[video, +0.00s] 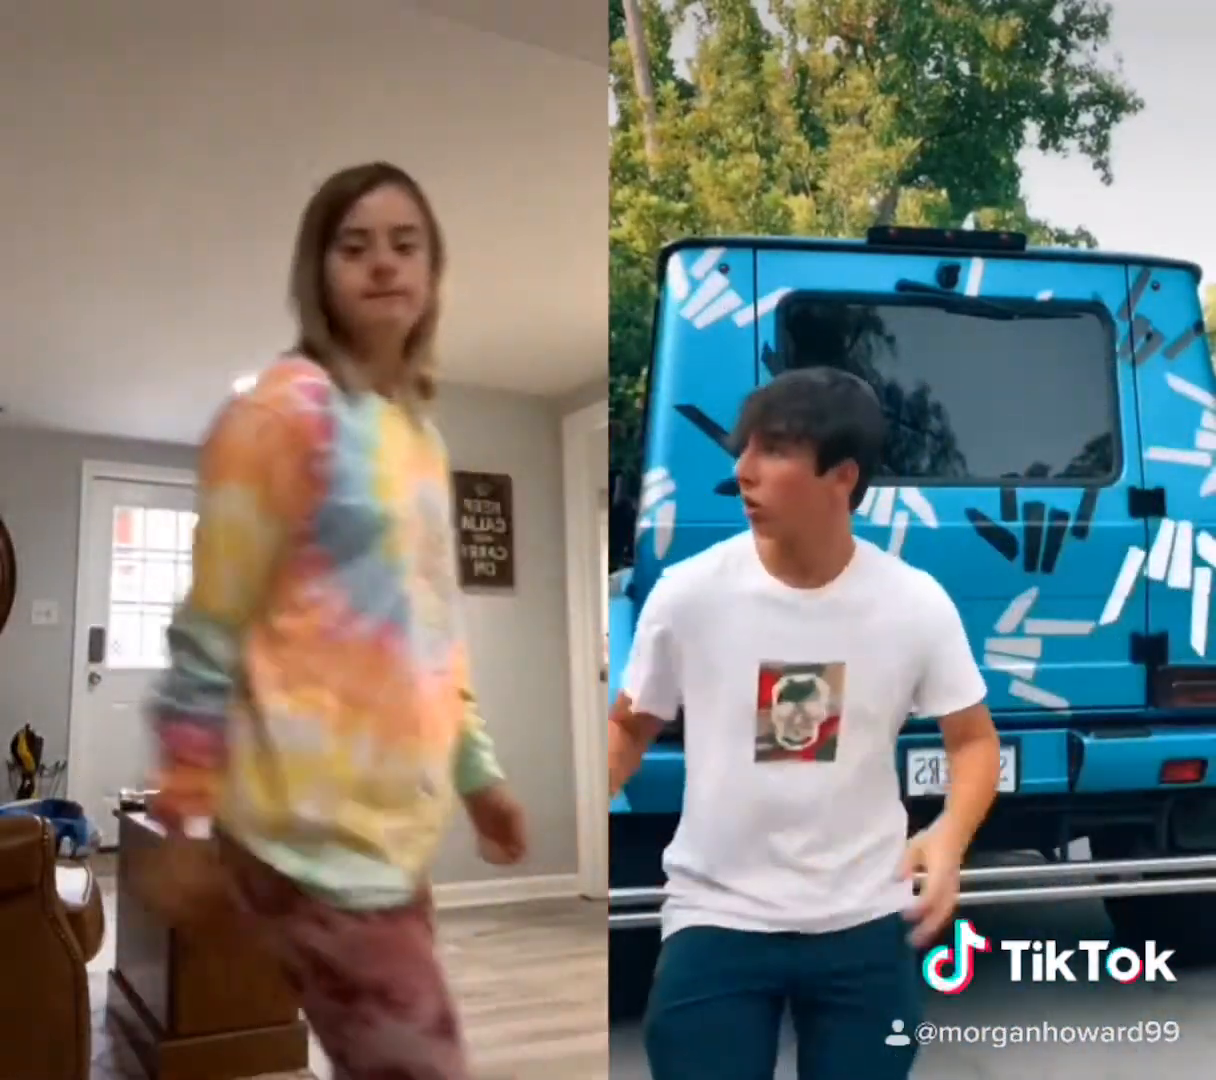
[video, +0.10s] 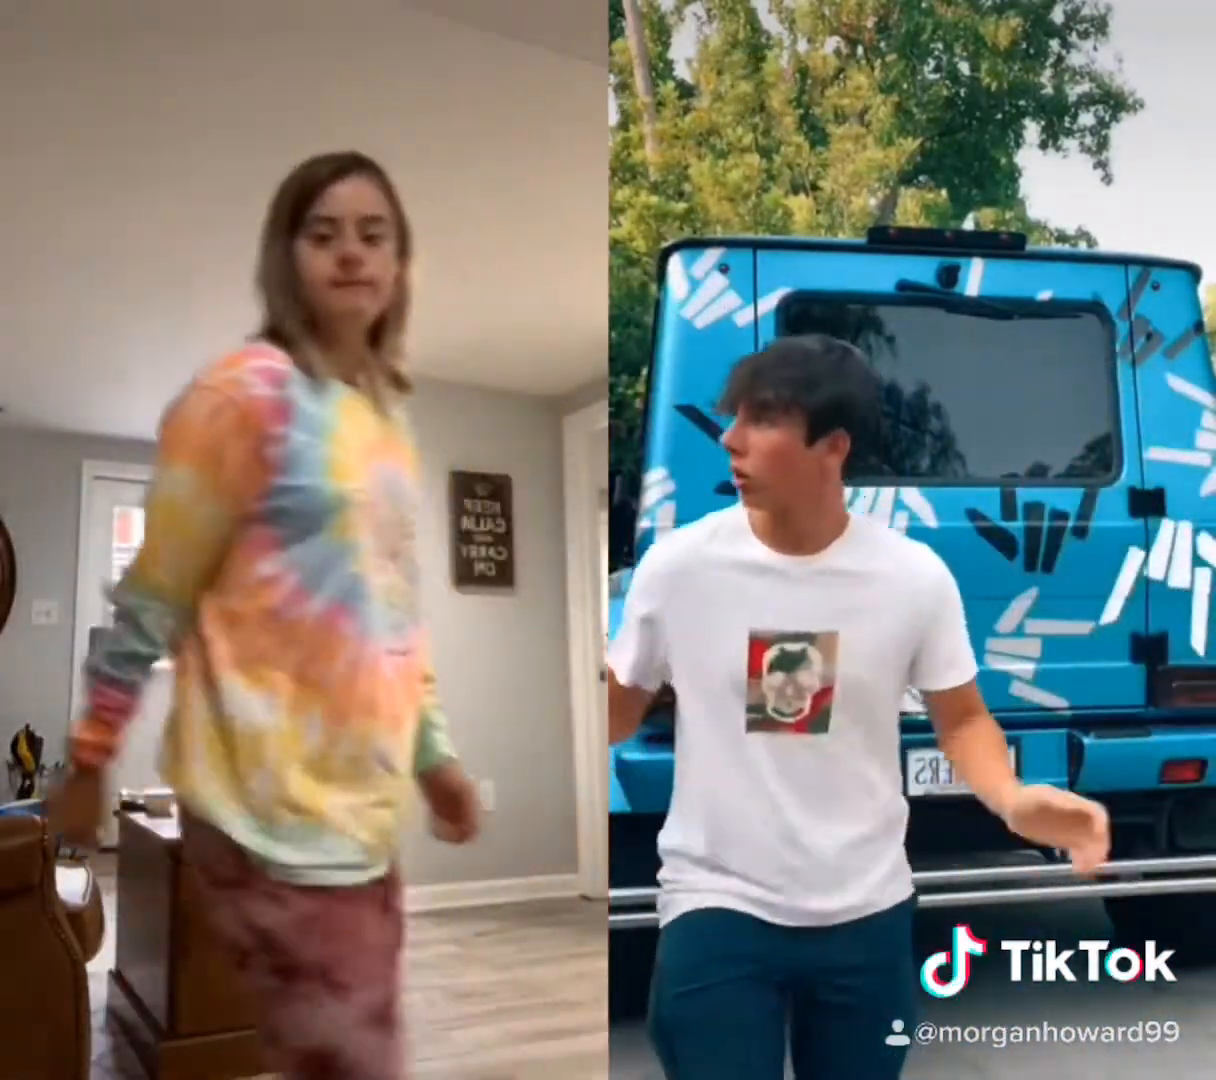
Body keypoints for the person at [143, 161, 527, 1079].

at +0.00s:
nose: (385, 265)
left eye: (407, 243)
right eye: (356, 245)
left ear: (435, 271)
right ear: (318, 271)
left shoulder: (416, 430)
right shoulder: (283, 407)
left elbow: (429, 626)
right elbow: (209, 624)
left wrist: (478, 773)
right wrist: (182, 813)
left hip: (387, 823)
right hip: (305, 821)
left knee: (402, 1060)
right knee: (419, 1063)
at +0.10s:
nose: (352, 253)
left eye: (375, 233)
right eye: (324, 232)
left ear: (401, 260)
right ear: (285, 258)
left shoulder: (382, 414)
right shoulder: (245, 394)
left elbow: (390, 610)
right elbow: (152, 596)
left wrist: (433, 756)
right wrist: (87, 763)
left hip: (357, 810)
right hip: (267, 814)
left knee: (363, 1056)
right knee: (347, 1061)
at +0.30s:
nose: (286, 256)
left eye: (309, 236)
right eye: (258, 236)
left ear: (336, 264)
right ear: (220, 260)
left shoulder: (321, 420)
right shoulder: (166, 392)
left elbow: (327, 616)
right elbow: (83, 597)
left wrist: (355, 769)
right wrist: (36, 781)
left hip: (306, 829)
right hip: (176, 833)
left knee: (315, 1064)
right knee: (177, 1065)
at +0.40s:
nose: (252, 261)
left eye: (275, 242)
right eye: (224, 241)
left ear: (300, 273)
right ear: (184, 262)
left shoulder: (284, 429)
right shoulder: (125, 394)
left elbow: (290, 622)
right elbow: (64, 608)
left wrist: (316, 780)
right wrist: (51, 815)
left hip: (268, 847)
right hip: (128, 850)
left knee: (290, 1067)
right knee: (100, 1068)